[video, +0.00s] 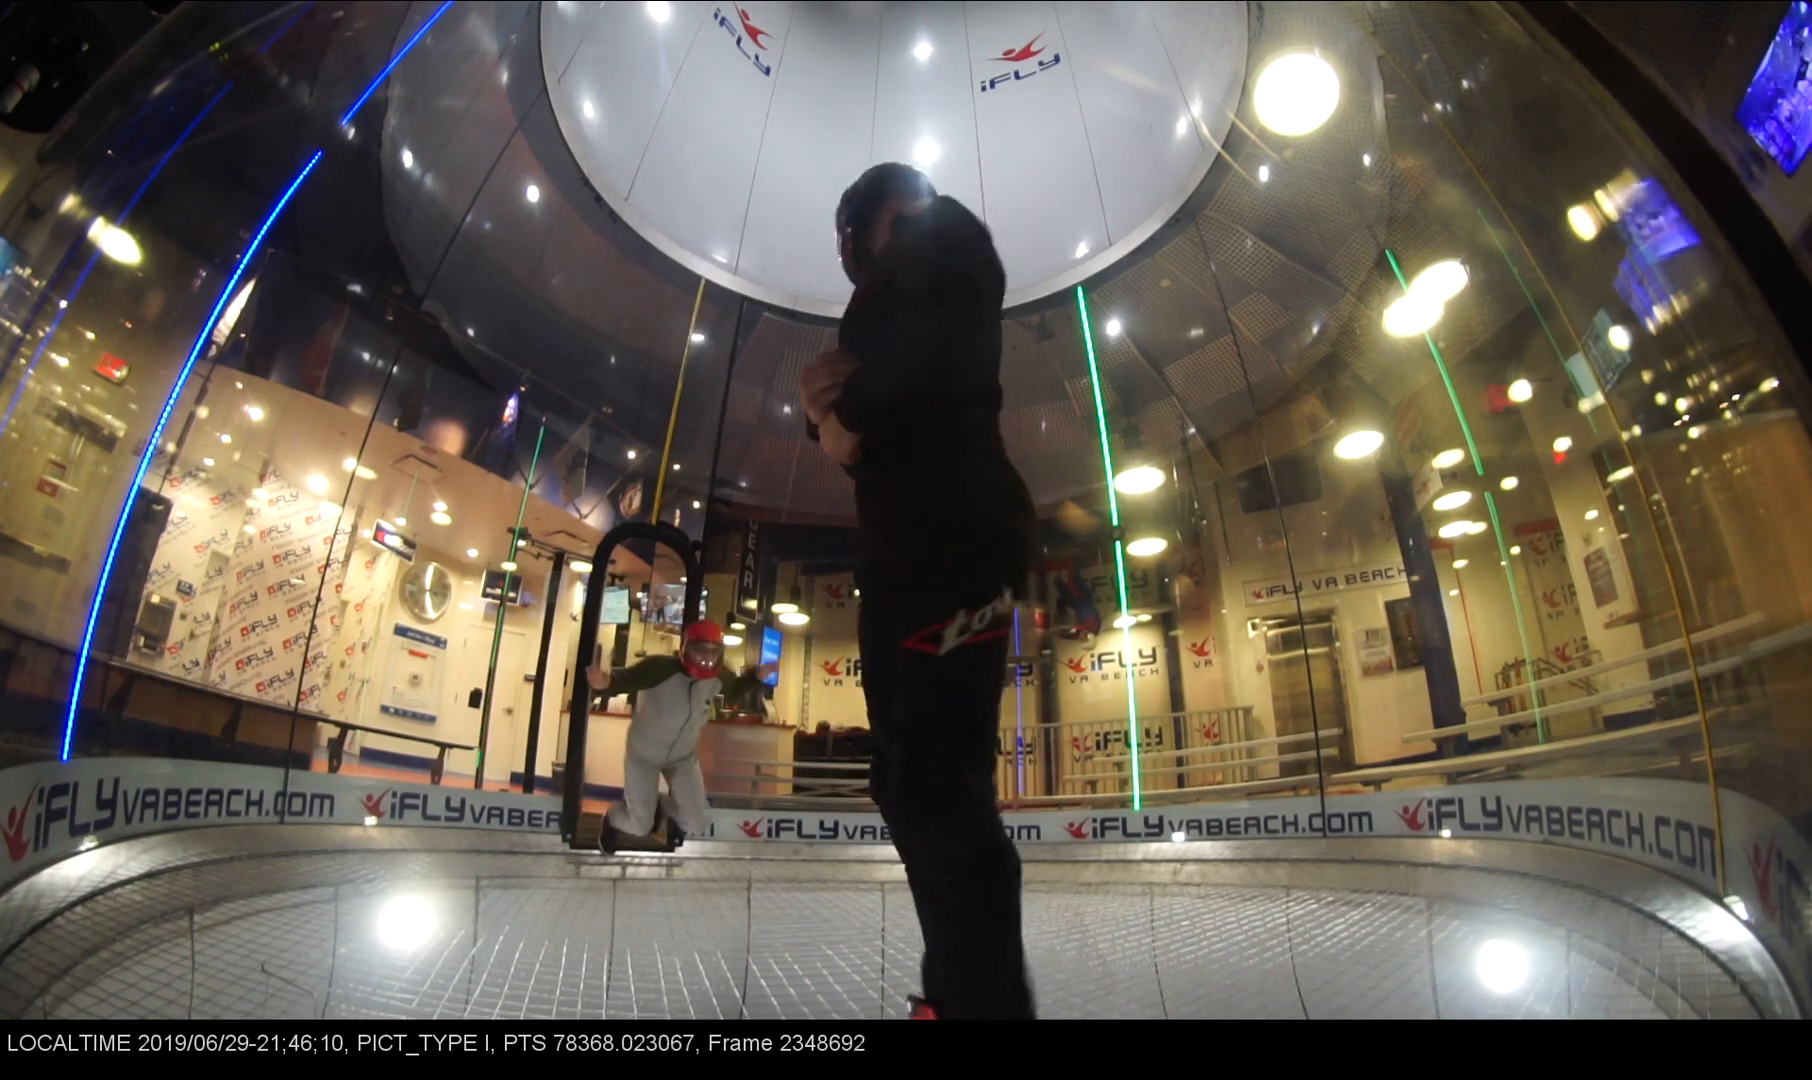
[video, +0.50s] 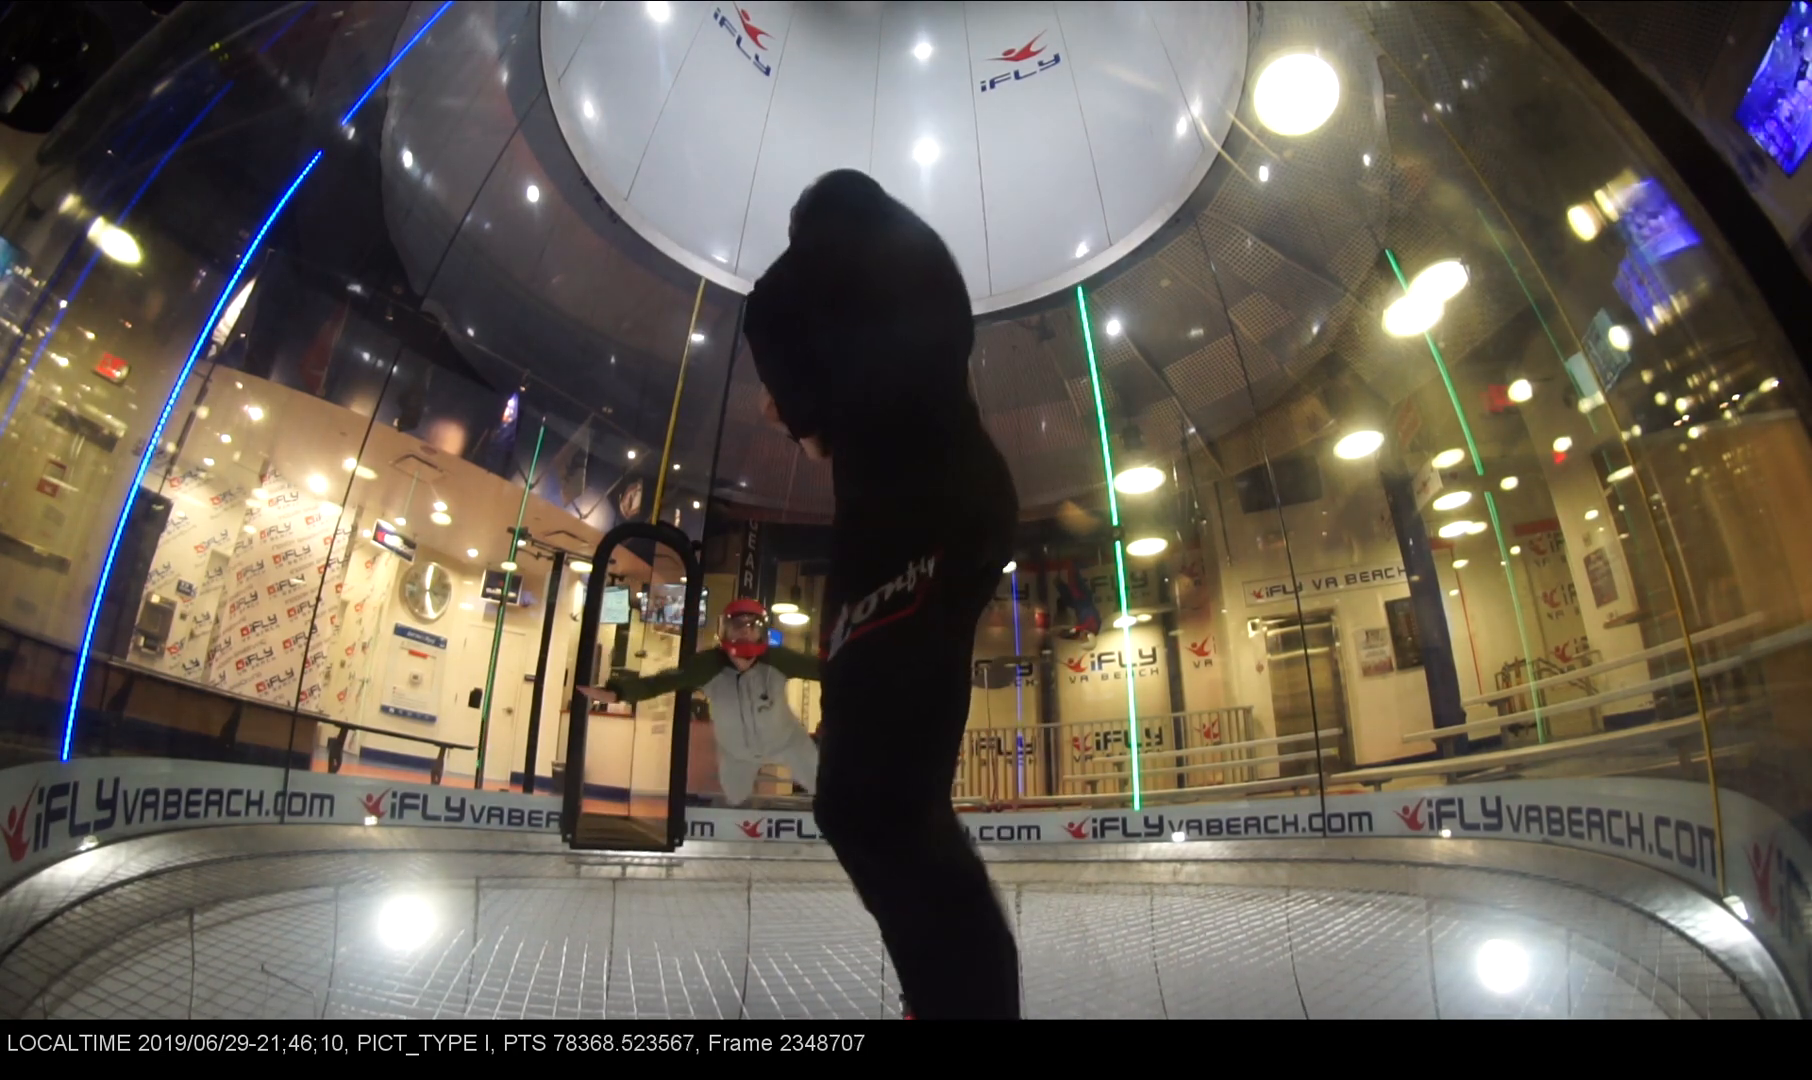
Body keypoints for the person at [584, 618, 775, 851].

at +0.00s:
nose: (706, 657)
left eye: (713, 652)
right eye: (700, 650)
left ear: (720, 654)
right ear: (686, 648)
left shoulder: (716, 678)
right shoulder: (661, 668)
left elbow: (734, 689)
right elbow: (627, 679)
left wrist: (755, 676)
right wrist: (605, 683)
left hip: (683, 760)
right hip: (643, 759)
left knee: (695, 825)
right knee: (642, 826)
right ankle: (612, 819)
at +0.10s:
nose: (714, 655)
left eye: (721, 649)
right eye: (707, 647)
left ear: (728, 652)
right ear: (693, 646)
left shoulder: (732, 675)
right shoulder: (670, 671)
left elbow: (764, 689)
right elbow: (634, 680)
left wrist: (784, 668)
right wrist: (609, 679)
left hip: (698, 758)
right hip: (654, 759)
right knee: (642, 821)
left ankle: (687, 803)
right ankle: (614, 821)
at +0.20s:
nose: (722, 646)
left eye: (729, 640)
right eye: (715, 639)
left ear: (737, 643)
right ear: (701, 640)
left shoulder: (743, 669)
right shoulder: (677, 664)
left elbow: (790, 681)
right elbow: (630, 676)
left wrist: (808, 652)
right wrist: (606, 667)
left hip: (722, 756)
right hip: (674, 759)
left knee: (761, 809)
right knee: (654, 815)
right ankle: (620, 820)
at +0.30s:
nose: (730, 637)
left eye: (737, 630)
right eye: (723, 629)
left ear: (746, 635)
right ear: (708, 632)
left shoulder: (756, 660)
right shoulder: (686, 660)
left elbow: (803, 671)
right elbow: (640, 668)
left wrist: (815, 644)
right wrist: (616, 658)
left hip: (745, 753)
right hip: (694, 757)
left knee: (785, 807)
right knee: (675, 812)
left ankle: (784, 767)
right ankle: (648, 801)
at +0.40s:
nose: (739, 632)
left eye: (746, 625)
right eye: (731, 625)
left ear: (754, 630)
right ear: (717, 629)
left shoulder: (764, 657)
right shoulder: (698, 657)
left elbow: (810, 668)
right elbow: (659, 669)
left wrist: (841, 668)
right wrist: (619, 670)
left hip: (767, 750)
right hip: (714, 756)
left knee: (814, 800)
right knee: (700, 816)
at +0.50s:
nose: (746, 633)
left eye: (753, 625)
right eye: (739, 625)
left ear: (764, 631)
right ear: (724, 630)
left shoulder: (777, 659)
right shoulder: (709, 664)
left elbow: (826, 670)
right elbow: (665, 682)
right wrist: (616, 693)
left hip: (789, 744)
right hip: (737, 755)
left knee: (828, 787)